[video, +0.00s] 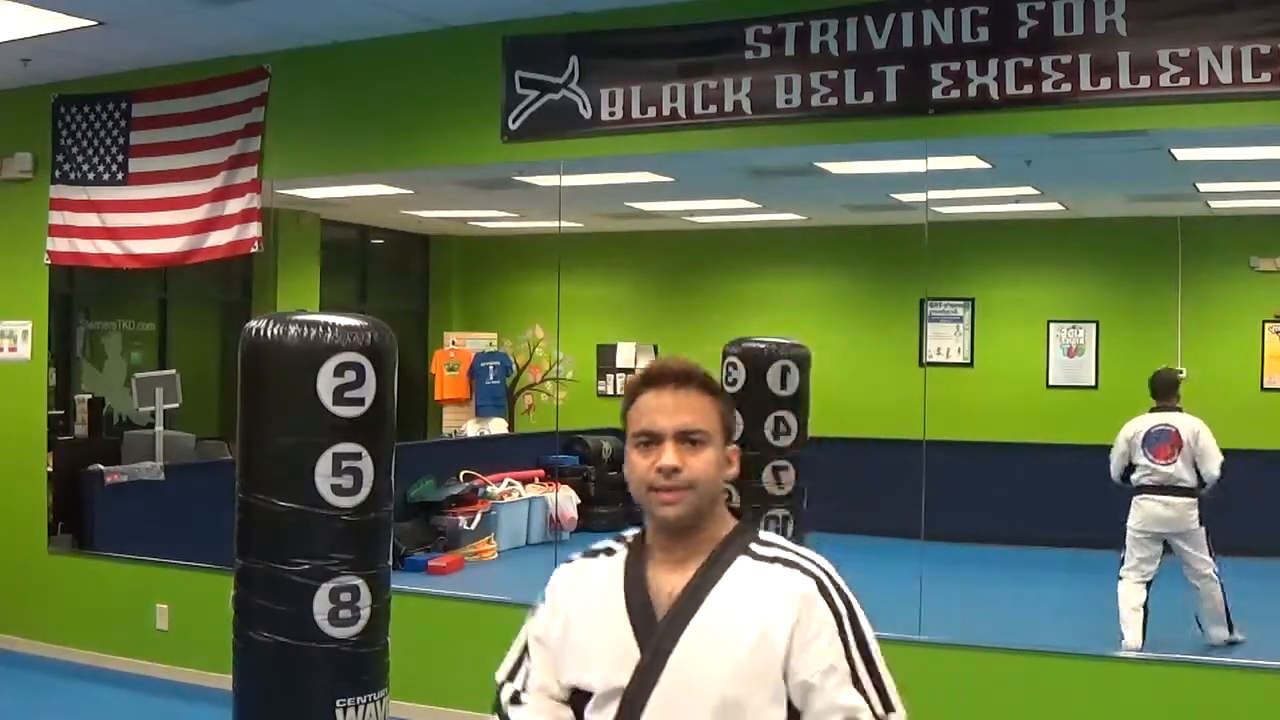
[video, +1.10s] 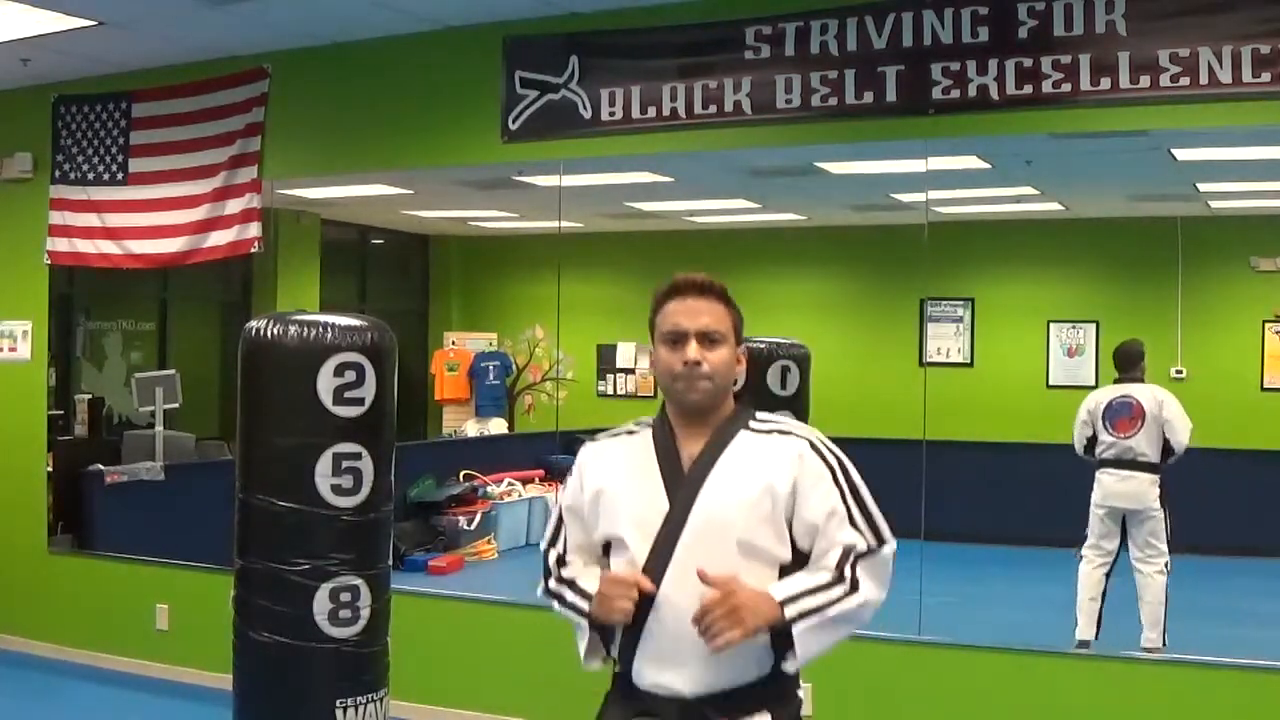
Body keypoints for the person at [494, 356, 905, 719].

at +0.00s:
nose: (667, 461)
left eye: (690, 441)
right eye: (647, 442)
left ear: (731, 461)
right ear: (626, 462)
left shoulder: (802, 589)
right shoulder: (575, 585)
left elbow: (867, 716)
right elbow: (526, 703)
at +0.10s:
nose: (651, 413)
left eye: (671, 393)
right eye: (631, 395)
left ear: (710, 408)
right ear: (609, 409)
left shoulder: (784, 525)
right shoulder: (563, 530)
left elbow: (849, 655)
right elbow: (502, 647)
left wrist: (747, 706)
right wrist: (530, 687)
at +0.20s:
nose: (644, 353)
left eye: (665, 336)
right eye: (626, 338)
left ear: (701, 356)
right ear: (605, 358)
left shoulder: (772, 459)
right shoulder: (562, 473)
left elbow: (852, 581)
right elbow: (515, 586)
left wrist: (747, 640)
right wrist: (541, 625)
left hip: (740, 709)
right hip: (614, 709)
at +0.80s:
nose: (696, 366)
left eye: (718, 352)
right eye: (681, 349)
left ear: (749, 375)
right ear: (659, 365)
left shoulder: (801, 474)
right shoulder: (602, 476)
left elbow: (874, 589)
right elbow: (558, 581)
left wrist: (780, 628)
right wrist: (580, 619)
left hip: (759, 707)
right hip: (640, 708)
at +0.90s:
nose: (705, 414)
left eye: (727, 400)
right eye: (691, 397)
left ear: (756, 422)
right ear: (670, 411)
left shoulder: (808, 531)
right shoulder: (612, 525)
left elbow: (863, 658)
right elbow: (569, 630)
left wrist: (789, 678)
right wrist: (579, 678)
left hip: (756, 715)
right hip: (640, 712)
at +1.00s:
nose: (704, 400)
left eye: (724, 387)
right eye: (688, 384)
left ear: (752, 408)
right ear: (666, 401)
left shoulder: (804, 511)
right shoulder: (611, 505)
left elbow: (851, 631)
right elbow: (569, 611)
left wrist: (783, 660)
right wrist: (592, 649)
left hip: (750, 713)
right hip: (631, 710)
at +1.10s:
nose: (692, 355)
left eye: (709, 340)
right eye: (674, 340)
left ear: (739, 362)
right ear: (652, 359)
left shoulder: (797, 453)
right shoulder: (601, 459)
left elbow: (863, 561)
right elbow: (559, 566)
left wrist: (774, 605)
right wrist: (592, 596)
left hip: (752, 706)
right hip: (636, 704)